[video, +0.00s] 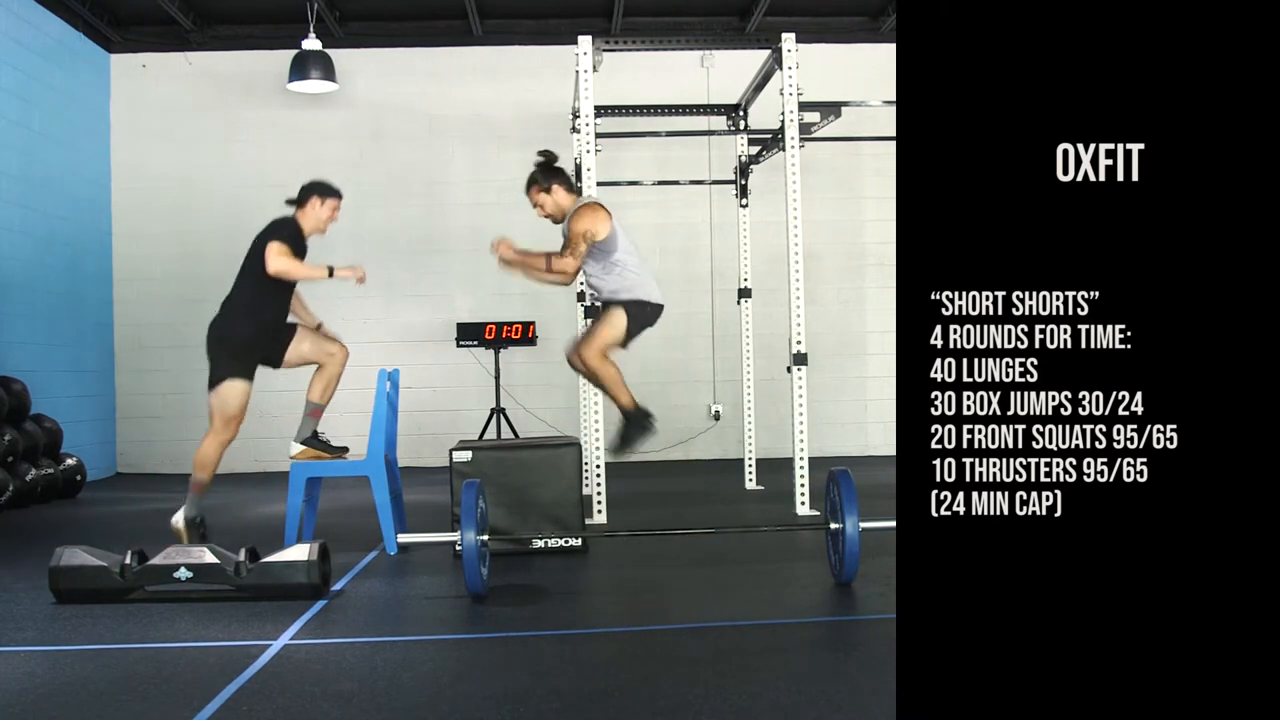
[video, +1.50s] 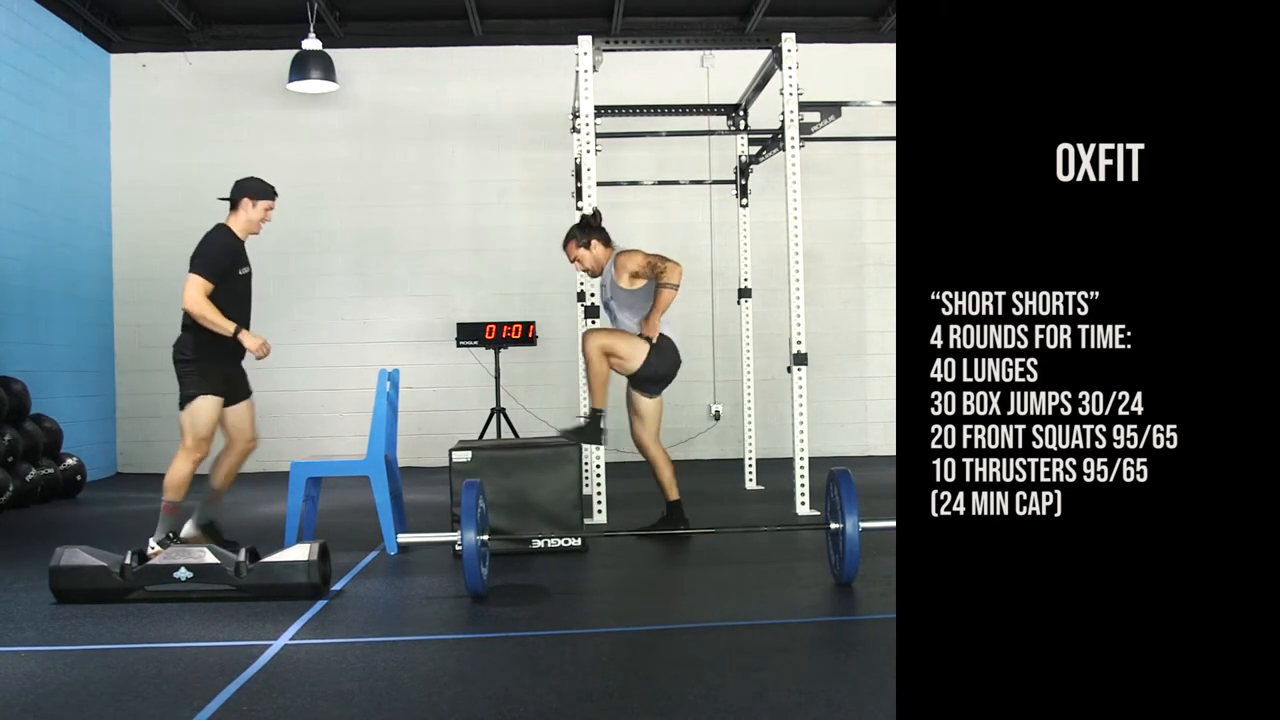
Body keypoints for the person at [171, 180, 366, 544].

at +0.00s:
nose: (335, 219)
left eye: (337, 212)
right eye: (333, 210)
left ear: (315, 206)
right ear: (313, 204)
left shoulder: (296, 242)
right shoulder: (283, 229)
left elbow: (288, 295)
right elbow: (275, 265)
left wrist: (317, 328)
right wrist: (335, 271)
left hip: (266, 335)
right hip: (234, 336)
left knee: (335, 353)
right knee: (223, 430)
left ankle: (306, 438)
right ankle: (189, 513)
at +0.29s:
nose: (347, 137)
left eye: (350, 131)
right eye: (344, 129)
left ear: (332, 126)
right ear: (325, 121)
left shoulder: (318, 163)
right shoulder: (292, 155)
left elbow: (306, 221)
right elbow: (268, 209)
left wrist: (324, 262)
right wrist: (285, 259)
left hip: (288, 259)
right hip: (264, 257)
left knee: (321, 342)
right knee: (310, 339)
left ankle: (305, 432)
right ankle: (272, 424)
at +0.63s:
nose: (349, 134)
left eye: (352, 128)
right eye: (346, 126)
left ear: (335, 123)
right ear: (327, 117)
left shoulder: (318, 159)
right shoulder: (290, 151)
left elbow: (306, 215)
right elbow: (263, 203)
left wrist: (319, 261)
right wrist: (272, 251)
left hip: (296, 258)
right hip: (272, 253)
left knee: (317, 341)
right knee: (308, 338)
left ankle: (305, 431)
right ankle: (286, 428)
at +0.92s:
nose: (339, 191)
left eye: (343, 185)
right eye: (338, 182)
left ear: (322, 174)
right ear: (320, 171)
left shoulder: (297, 207)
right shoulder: (283, 196)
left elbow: (267, 254)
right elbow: (258, 242)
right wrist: (303, 279)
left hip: (270, 306)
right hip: (240, 303)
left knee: (328, 348)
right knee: (238, 398)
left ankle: (307, 436)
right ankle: (192, 484)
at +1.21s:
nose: (289, 234)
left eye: (292, 228)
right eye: (287, 226)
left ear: (269, 221)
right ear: (268, 219)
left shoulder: (247, 252)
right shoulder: (234, 252)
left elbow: (231, 314)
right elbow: (223, 314)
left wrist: (270, 340)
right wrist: (276, 336)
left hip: (232, 353)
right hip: (205, 359)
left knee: (308, 350)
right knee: (206, 452)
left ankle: (296, 437)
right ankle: (164, 537)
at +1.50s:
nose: (268, 218)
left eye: (270, 212)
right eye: (265, 210)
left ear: (249, 208)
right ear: (243, 205)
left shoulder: (236, 245)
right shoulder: (218, 242)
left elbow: (218, 302)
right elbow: (192, 300)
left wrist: (240, 344)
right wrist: (242, 334)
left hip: (225, 359)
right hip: (199, 359)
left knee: (243, 441)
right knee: (195, 448)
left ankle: (202, 524)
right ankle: (163, 537)